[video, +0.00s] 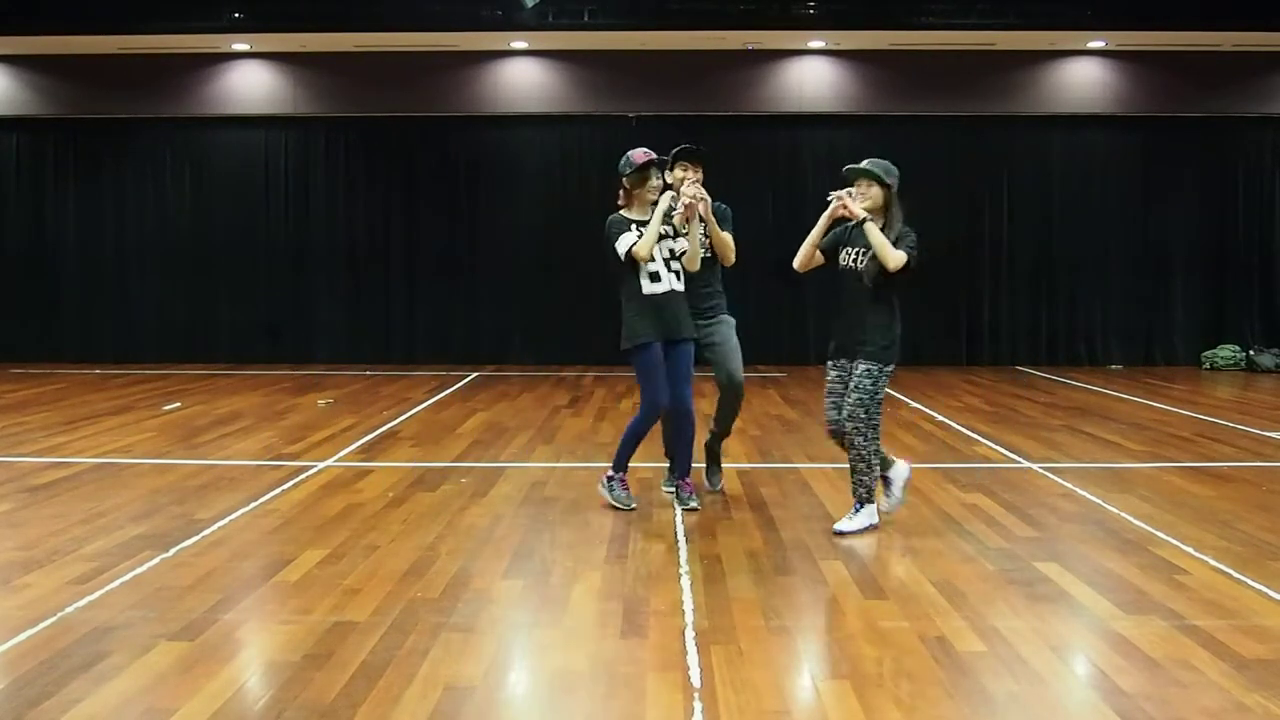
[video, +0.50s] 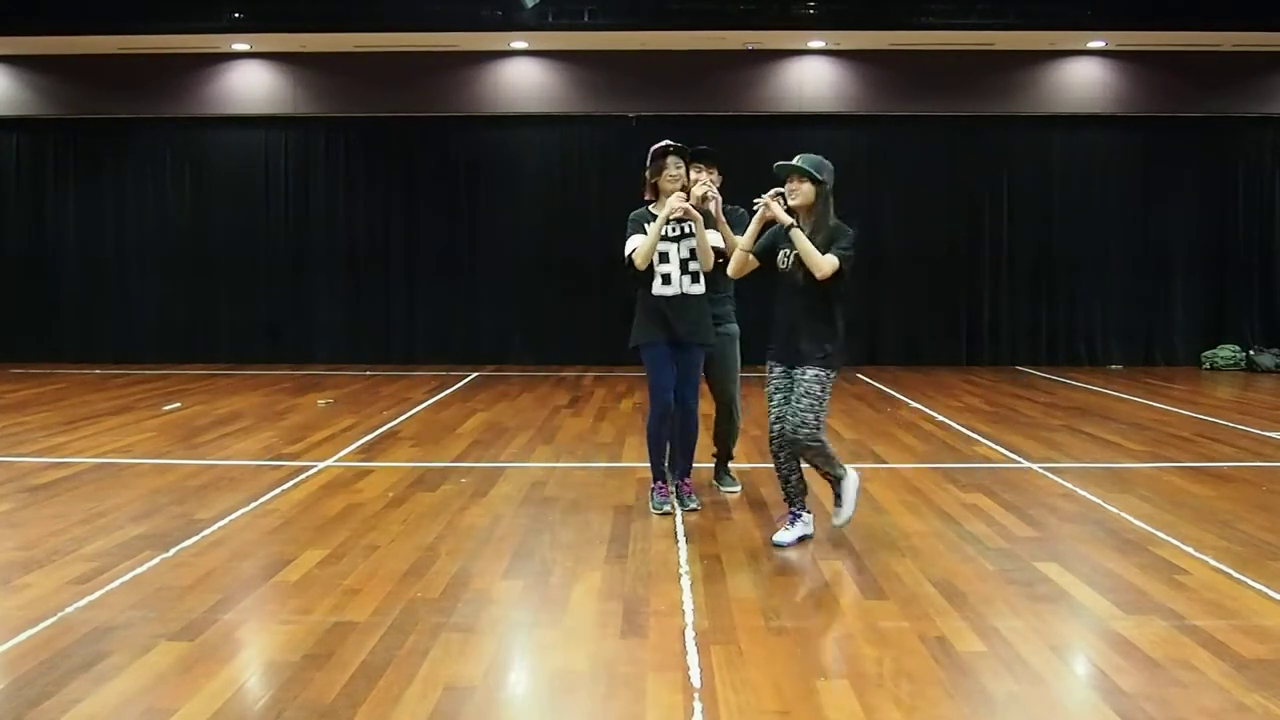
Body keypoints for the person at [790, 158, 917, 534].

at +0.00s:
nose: (858, 192)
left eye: (867, 186)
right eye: (856, 186)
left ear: (887, 191)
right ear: (851, 192)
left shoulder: (901, 234)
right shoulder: (846, 232)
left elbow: (894, 262)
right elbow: (801, 264)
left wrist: (863, 220)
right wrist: (826, 219)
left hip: (877, 345)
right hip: (843, 342)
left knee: (860, 425)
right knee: (837, 426)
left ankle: (865, 506)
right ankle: (892, 469)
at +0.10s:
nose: (844, 191)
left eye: (852, 185)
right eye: (841, 185)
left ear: (872, 190)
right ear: (838, 193)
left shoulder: (890, 233)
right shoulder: (835, 234)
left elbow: (880, 262)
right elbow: (790, 267)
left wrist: (846, 221)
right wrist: (812, 224)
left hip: (868, 353)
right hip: (830, 346)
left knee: (853, 431)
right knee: (801, 408)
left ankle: (866, 505)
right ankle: (855, 440)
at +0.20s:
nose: (828, 174)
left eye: (837, 169)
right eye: (828, 168)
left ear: (859, 178)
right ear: (828, 180)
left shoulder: (875, 222)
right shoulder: (821, 222)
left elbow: (865, 243)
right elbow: (766, 255)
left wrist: (834, 204)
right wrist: (796, 213)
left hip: (861, 342)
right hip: (825, 332)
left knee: (855, 425)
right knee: (787, 379)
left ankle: (865, 503)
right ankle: (823, 441)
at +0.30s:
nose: (818, 161)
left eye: (828, 158)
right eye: (818, 157)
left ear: (847, 172)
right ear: (817, 173)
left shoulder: (860, 214)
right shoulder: (805, 215)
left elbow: (843, 235)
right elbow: (752, 249)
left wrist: (814, 193)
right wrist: (780, 206)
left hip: (853, 332)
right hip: (814, 326)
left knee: (854, 419)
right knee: (786, 387)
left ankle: (863, 499)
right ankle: (801, 471)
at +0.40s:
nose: (802, 173)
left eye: (812, 167)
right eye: (802, 167)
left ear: (834, 177)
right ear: (803, 179)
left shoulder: (849, 221)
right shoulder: (793, 221)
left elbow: (824, 251)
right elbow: (742, 257)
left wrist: (795, 205)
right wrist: (765, 212)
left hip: (838, 342)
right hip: (798, 340)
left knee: (840, 423)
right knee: (788, 422)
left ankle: (861, 499)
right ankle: (797, 510)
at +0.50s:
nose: (791, 187)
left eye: (801, 181)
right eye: (788, 181)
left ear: (821, 187)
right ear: (785, 189)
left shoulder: (841, 234)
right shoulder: (780, 232)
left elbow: (822, 268)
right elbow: (735, 269)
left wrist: (787, 222)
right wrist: (757, 222)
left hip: (819, 350)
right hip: (780, 348)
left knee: (803, 435)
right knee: (779, 434)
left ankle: (841, 478)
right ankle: (799, 514)